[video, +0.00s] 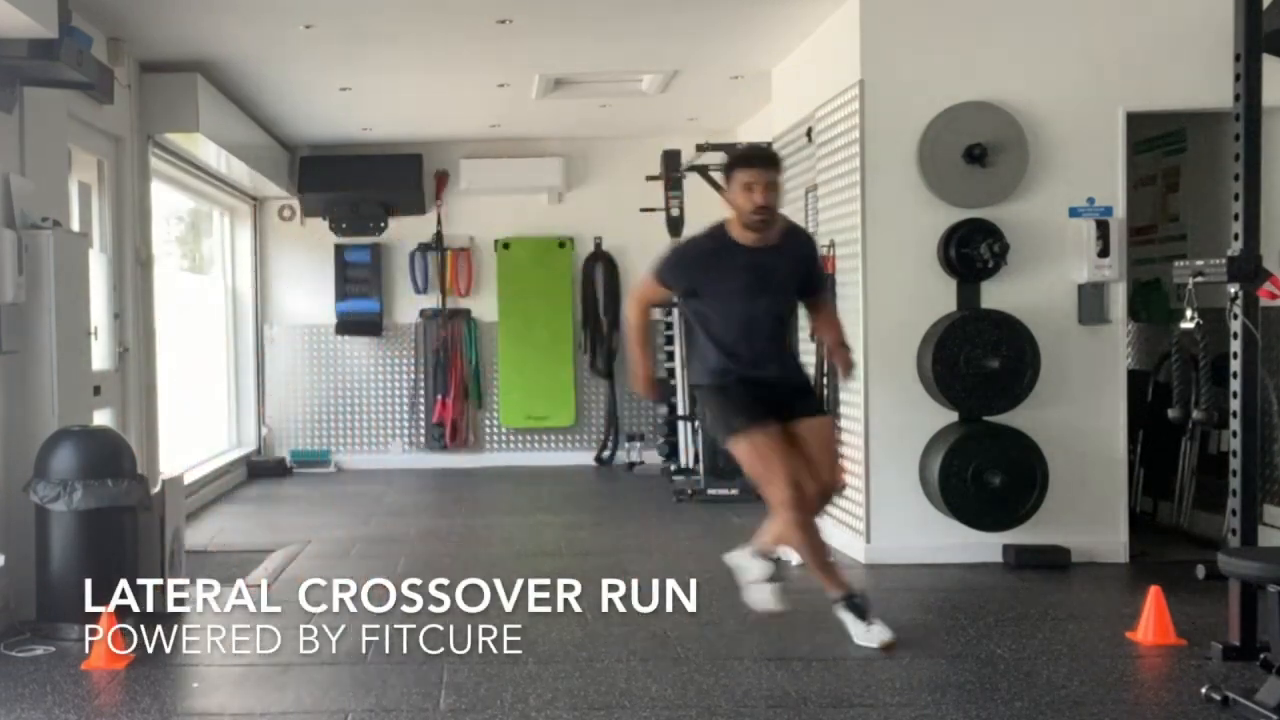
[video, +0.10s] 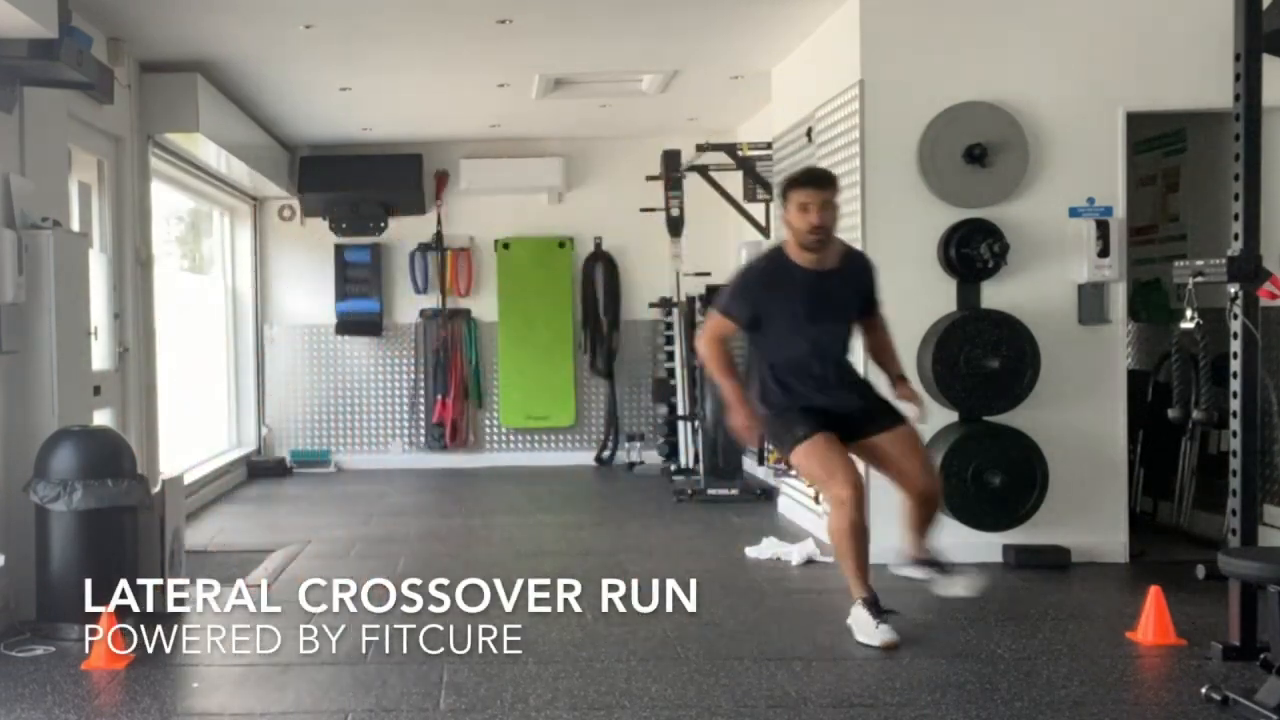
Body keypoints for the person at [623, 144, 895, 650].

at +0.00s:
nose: (761, 198)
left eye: (769, 187)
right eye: (749, 188)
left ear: (779, 189)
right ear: (727, 192)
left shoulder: (797, 245)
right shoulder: (697, 256)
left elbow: (819, 301)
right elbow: (639, 299)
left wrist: (833, 337)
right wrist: (642, 369)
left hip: (786, 378)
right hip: (727, 385)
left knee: (824, 480)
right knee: (787, 491)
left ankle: (755, 553)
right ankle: (846, 600)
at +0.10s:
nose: (817, 219)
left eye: (825, 208)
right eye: (804, 209)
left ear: (837, 210)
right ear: (784, 214)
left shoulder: (854, 267)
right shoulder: (760, 276)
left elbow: (872, 327)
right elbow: (709, 339)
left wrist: (897, 378)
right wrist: (736, 403)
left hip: (845, 389)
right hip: (785, 401)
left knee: (925, 483)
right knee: (845, 489)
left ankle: (916, 555)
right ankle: (864, 603)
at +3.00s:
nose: (986, 277)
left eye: (995, 264)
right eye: (973, 267)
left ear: (1012, 265)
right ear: (955, 271)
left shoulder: (1032, 311)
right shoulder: (929, 318)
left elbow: (1051, 365)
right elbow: (874, 370)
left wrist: (1062, 413)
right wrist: (893, 407)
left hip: (1005, 418)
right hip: (936, 422)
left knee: (1076, 493)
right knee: (949, 480)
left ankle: (1099, 578)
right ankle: (944, 587)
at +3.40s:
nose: (884, 259)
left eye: (893, 247)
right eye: (873, 249)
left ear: (909, 246)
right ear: (858, 251)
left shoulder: (939, 283)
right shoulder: (838, 298)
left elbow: (964, 320)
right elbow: (778, 328)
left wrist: (977, 361)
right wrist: (761, 337)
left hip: (941, 395)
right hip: (883, 415)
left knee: (966, 479)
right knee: (925, 510)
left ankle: (1020, 551)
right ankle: (993, 567)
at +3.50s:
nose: (838, 247)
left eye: (848, 235)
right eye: (827, 237)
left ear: (863, 234)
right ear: (812, 239)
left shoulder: (889, 276)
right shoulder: (792, 284)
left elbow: (926, 324)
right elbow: (723, 333)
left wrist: (947, 374)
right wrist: (760, 346)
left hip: (877, 383)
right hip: (826, 401)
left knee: (878, 467)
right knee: (891, 493)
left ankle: (885, 569)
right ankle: (976, 561)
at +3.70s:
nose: (706, 240)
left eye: (715, 229)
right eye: (695, 230)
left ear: (728, 228)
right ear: (680, 233)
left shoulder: (764, 276)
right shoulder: (665, 279)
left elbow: (822, 324)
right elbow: (635, 311)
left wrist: (843, 386)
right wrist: (633, 376)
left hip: (767, 395)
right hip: (701, 397)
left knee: (798, 488)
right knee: (680, 489)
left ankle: (843, 585)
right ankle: (707, 537)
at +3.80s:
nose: (625, 232)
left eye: (634, 220)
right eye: (614, 222)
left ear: (649, 220)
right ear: (601, 225)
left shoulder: (687, 268)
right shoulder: (587, 271)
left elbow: (748, 313)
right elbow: (551, 308)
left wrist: (770, 377)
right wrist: (528, 351)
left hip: (695, 386)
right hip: (630, 387)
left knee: (720, 484)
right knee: (599, 481)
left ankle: (809, 565)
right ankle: (603, 577)